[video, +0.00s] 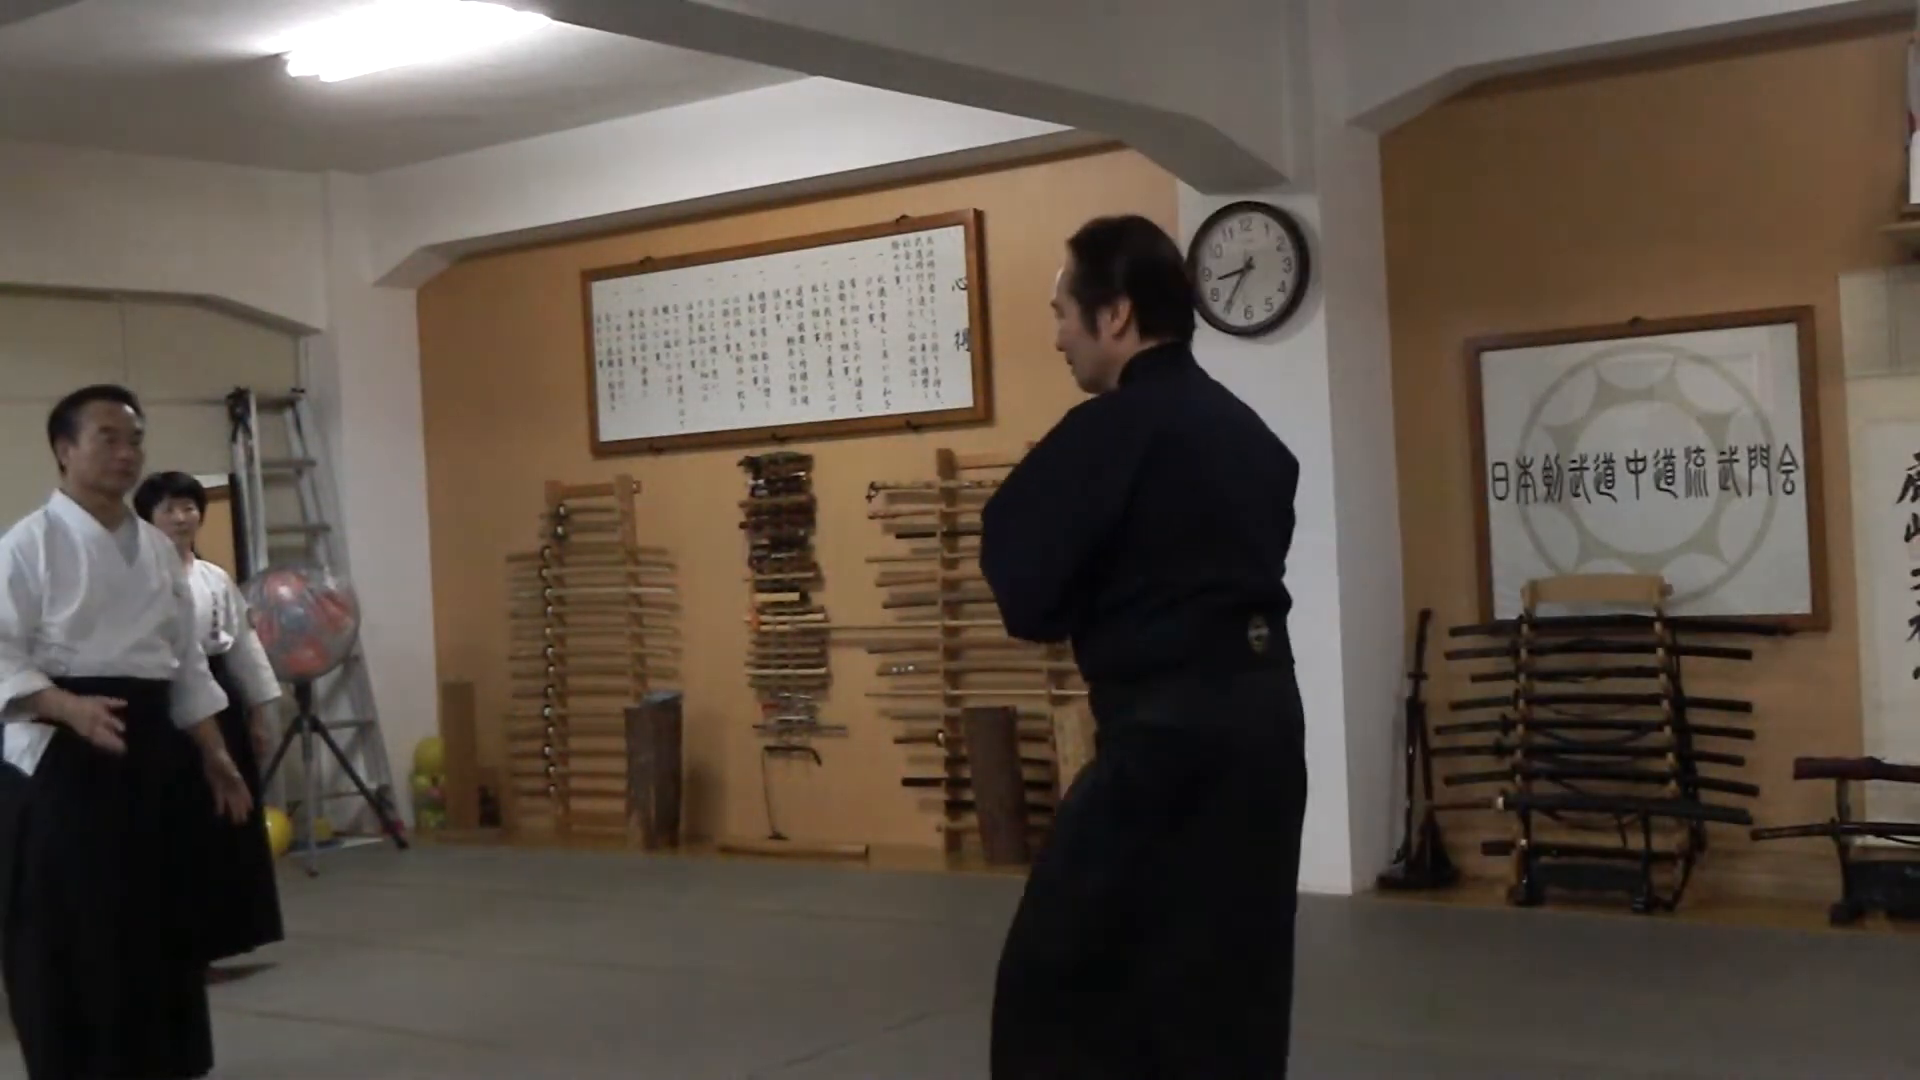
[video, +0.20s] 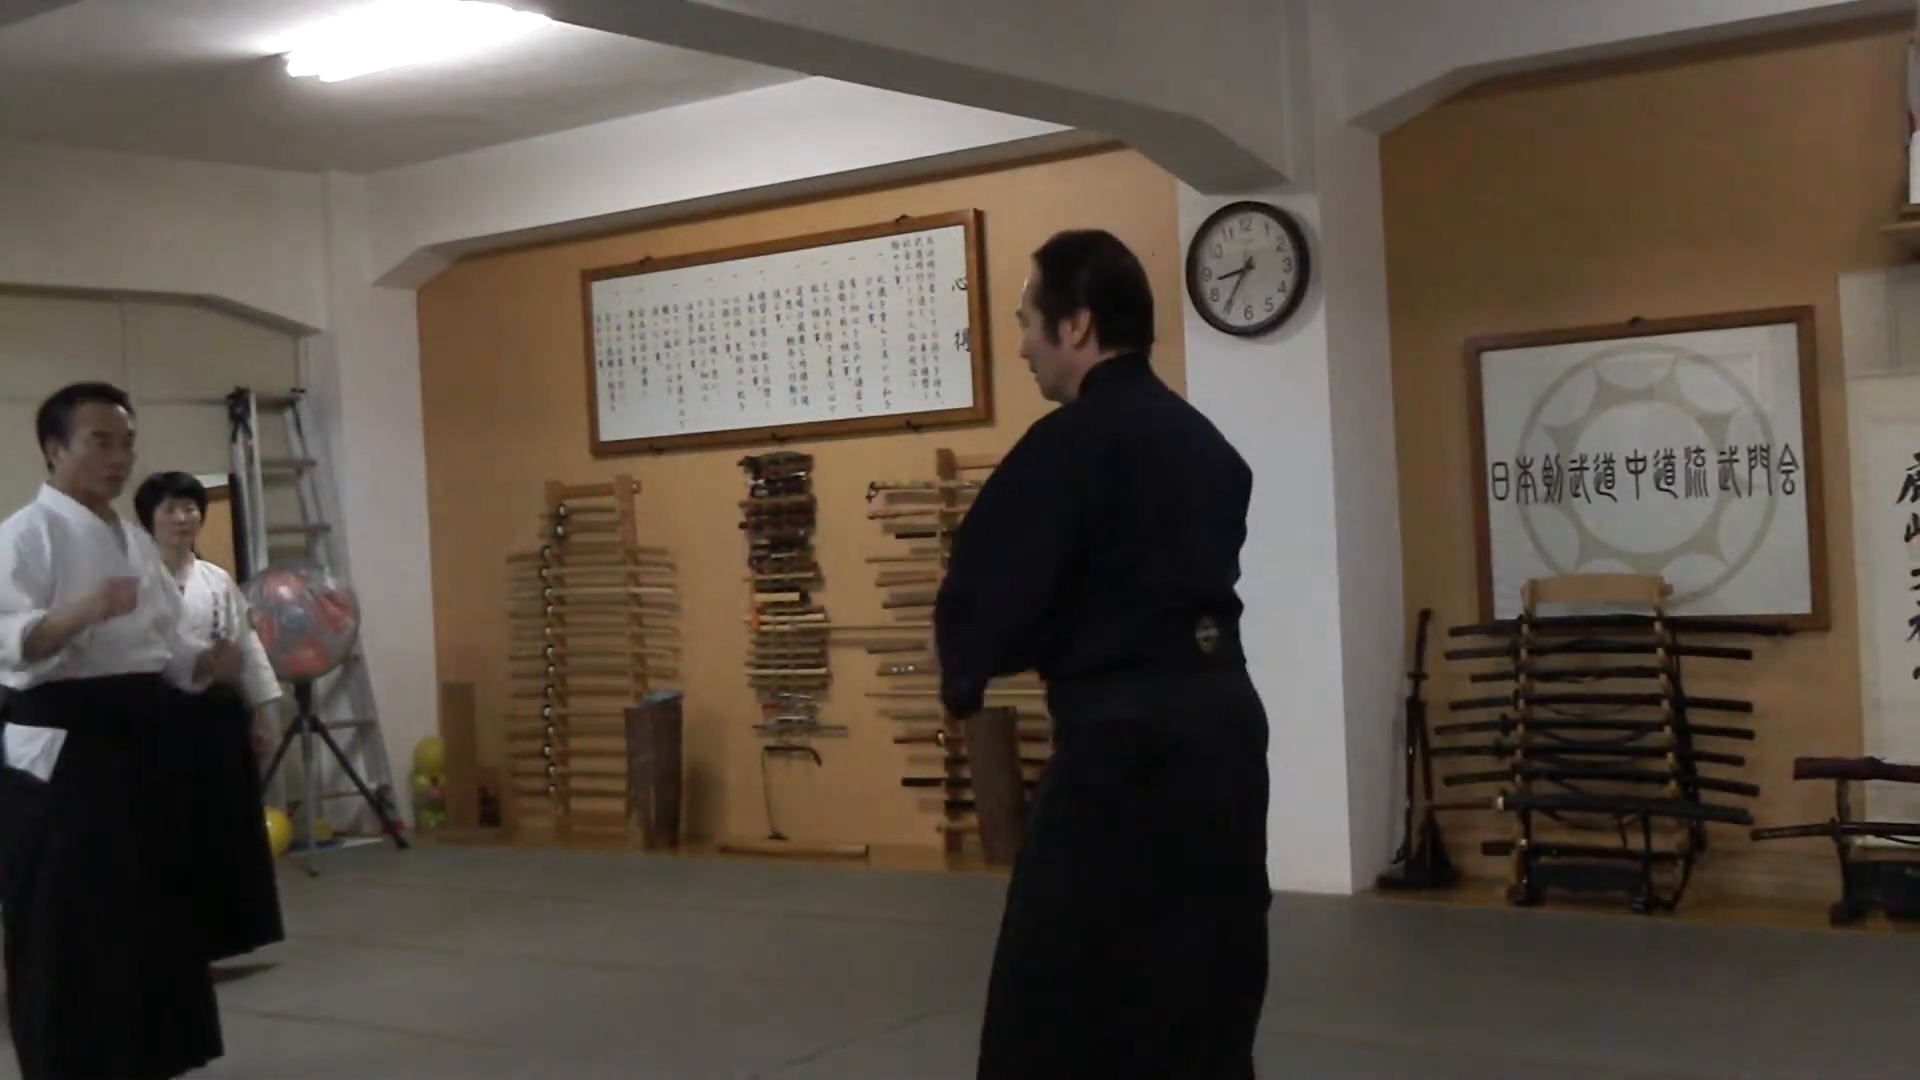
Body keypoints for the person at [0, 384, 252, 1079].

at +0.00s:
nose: (126, 451)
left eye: (135, 439)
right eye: (107, 436)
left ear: (142, 454)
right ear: (63, 450)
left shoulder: (159, 550)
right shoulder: (26, 547)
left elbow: (188, 664)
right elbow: (3, 660)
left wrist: (217, 750)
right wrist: (66, 706)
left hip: (156, 750)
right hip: (64, 753)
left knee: (164, 921)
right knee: (71, 928)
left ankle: (165, 1062)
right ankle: (80, 1064)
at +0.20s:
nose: (117, 456)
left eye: (125, 443)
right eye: (99, 441)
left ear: (132, 452)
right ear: (54, 449)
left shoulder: (135, 540)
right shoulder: (28, 532)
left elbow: (159, 652)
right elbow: (10, 643)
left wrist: (207, 662)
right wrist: (81, 611)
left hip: (140, 748)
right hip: (59, 753)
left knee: (148, 920)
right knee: (69, 930)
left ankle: (149, 1059)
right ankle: (77, 1064)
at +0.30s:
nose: (115, 461)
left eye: (123, 448)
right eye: (98, 446)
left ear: (128, 454)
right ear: (50, 451)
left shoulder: (120, 536)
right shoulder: (25, 526)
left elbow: (185, 636)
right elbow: (64, 581)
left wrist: (186, 590)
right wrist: (147, 551)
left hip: (123, 752)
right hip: (51, 760)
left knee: (138, 926)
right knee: (68, 936)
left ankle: (141, 1058)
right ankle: (77, 1063)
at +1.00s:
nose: (130, 462)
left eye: (138, 447)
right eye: (112, 447)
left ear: (145, 454)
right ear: (64, 454)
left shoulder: (141, 542)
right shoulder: (38, 543)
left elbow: (169, 631)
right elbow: (93, 637)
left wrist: (192, 684)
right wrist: (172, 652)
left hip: (133, 752)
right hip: (54, 762)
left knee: (144, 924)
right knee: (68, 937)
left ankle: (147, 1059)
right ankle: (78, 1066)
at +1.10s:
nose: (131, 462)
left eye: (140, 448)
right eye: (112, 447)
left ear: (148, 456)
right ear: (67, 455)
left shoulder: (162, 548)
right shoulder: (33, 549)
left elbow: (193, 653)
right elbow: (28, 664)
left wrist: (212, 748)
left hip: (158, 735)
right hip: (64, 746)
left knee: (159, 923)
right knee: (76, 928)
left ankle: (158, 1063)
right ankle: (76, 1064)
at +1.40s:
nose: (99, 481)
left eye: (109, 466)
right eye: (81, 466)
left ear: (119, 471)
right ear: (37, 472)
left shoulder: (159, 563)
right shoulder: (10, 556)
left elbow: (224, 660)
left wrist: (284, 664)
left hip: (129, 757)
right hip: (27, 755)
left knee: (139, 939)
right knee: (33, 941)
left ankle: (146, 1067)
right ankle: (40, 1066)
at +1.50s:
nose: (90, 487)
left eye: (101, 472)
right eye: (72, 472)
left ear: (113, 476)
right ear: (31, 477)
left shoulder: (158, 559)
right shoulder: (7, 558)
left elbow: (232, 640)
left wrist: (237, 572)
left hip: (136, 763)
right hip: (37, 763)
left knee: (148, 943)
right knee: (38, 941)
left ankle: (154, 1067)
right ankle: (44, 1067)